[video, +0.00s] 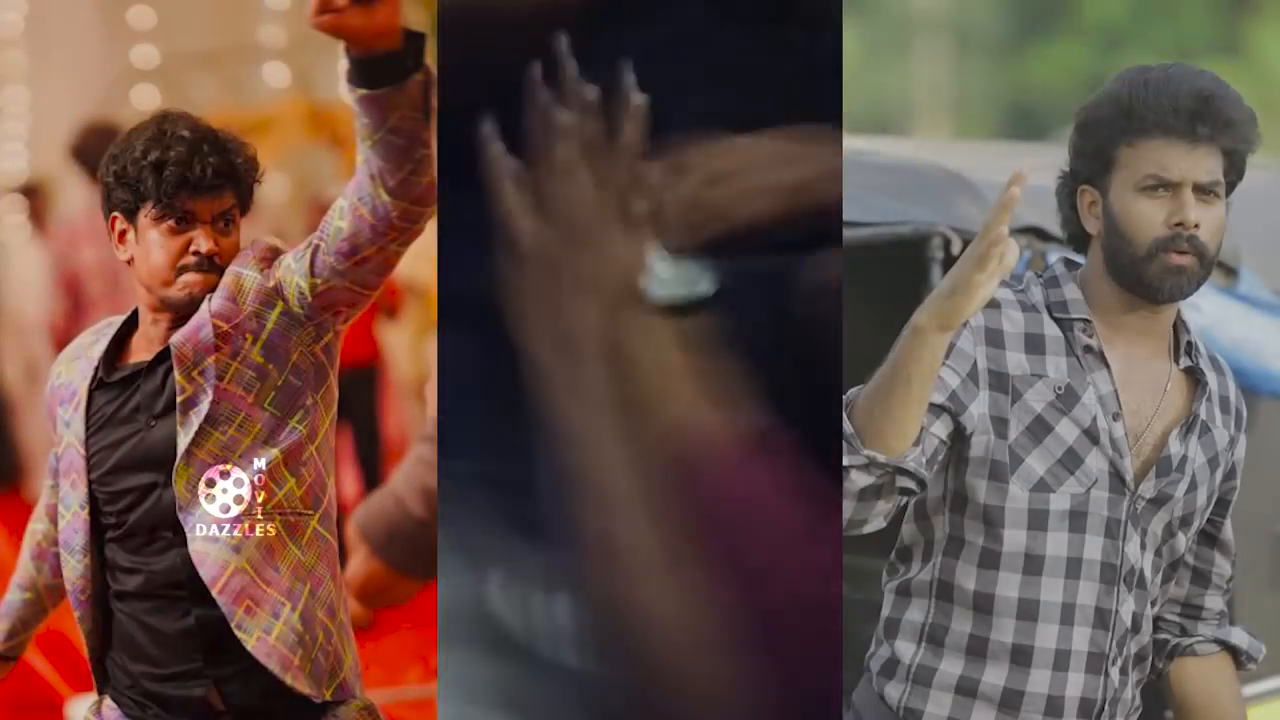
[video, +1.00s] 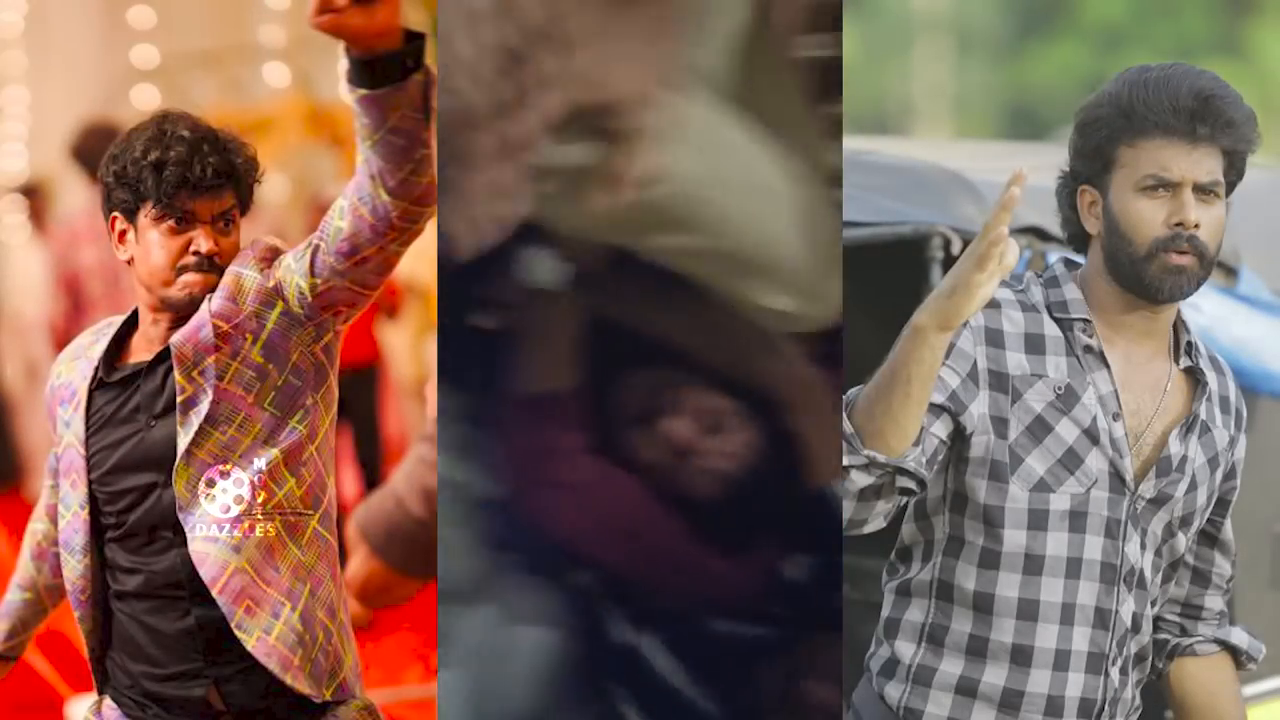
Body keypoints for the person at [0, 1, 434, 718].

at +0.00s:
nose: (206, 245)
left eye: (224, 222)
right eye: (179, 222)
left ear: (242, 230)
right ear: (122, 236)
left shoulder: (286, 313)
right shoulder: (75, 372)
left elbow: (393, 201)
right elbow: (56, 523)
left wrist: (380, 51)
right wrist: (8, 634)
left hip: (290, 700)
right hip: (140, 704)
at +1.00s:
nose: (206, 245)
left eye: (224, 222)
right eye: (179, 222)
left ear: (243, 230)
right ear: (122, 237)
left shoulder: (287, 312)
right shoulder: (76, 373)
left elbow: (393, 201)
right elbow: (56, 524)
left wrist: (380, 53)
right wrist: (8, 633)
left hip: (291, 700)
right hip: (140, 705)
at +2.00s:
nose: (206, 245)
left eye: (223, 222)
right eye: (179, 222)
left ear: (243, 230)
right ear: (122, 236)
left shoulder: (287, 312)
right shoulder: (76, 373)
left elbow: (394, 199)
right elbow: (56, 524)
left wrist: (380, 52)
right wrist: (7, 634)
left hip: (291, 700)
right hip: (140, 705)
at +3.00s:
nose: (206, 245)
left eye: (224, 223)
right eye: (179, 222)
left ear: (243, 230)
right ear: (122, 237)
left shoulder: (288, 312)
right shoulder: (76, 373)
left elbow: (395, 199)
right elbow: (56, 524)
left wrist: (380, 52)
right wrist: (8, 633)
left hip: (291, 700)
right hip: (140, 705)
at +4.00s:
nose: (206, 245)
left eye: (224, 223)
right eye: (179, 222)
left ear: (243, 230)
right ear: (123, 237)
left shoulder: (288, 311)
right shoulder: (76, 373)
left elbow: (394, 199)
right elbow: (56, 524)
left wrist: (381, 52)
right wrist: (8, 634)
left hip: (291, 700)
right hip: (140, 705)